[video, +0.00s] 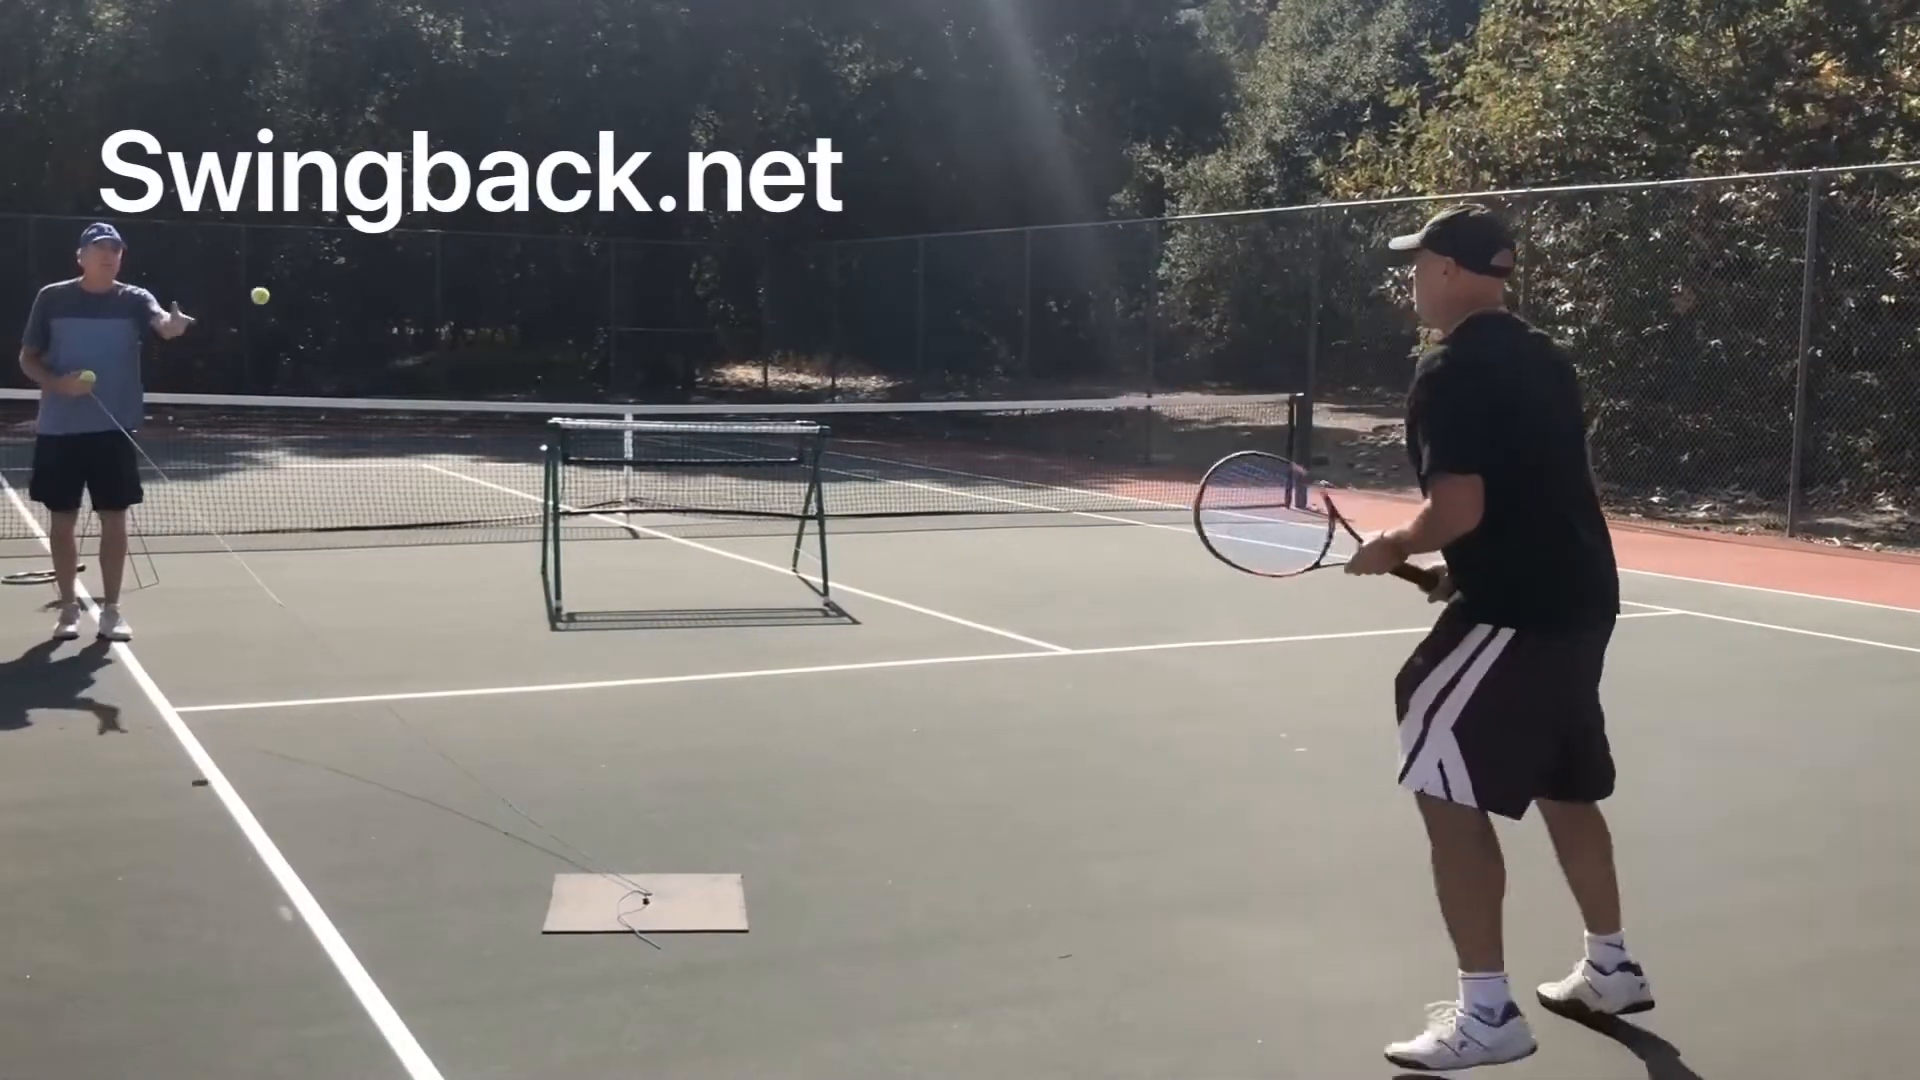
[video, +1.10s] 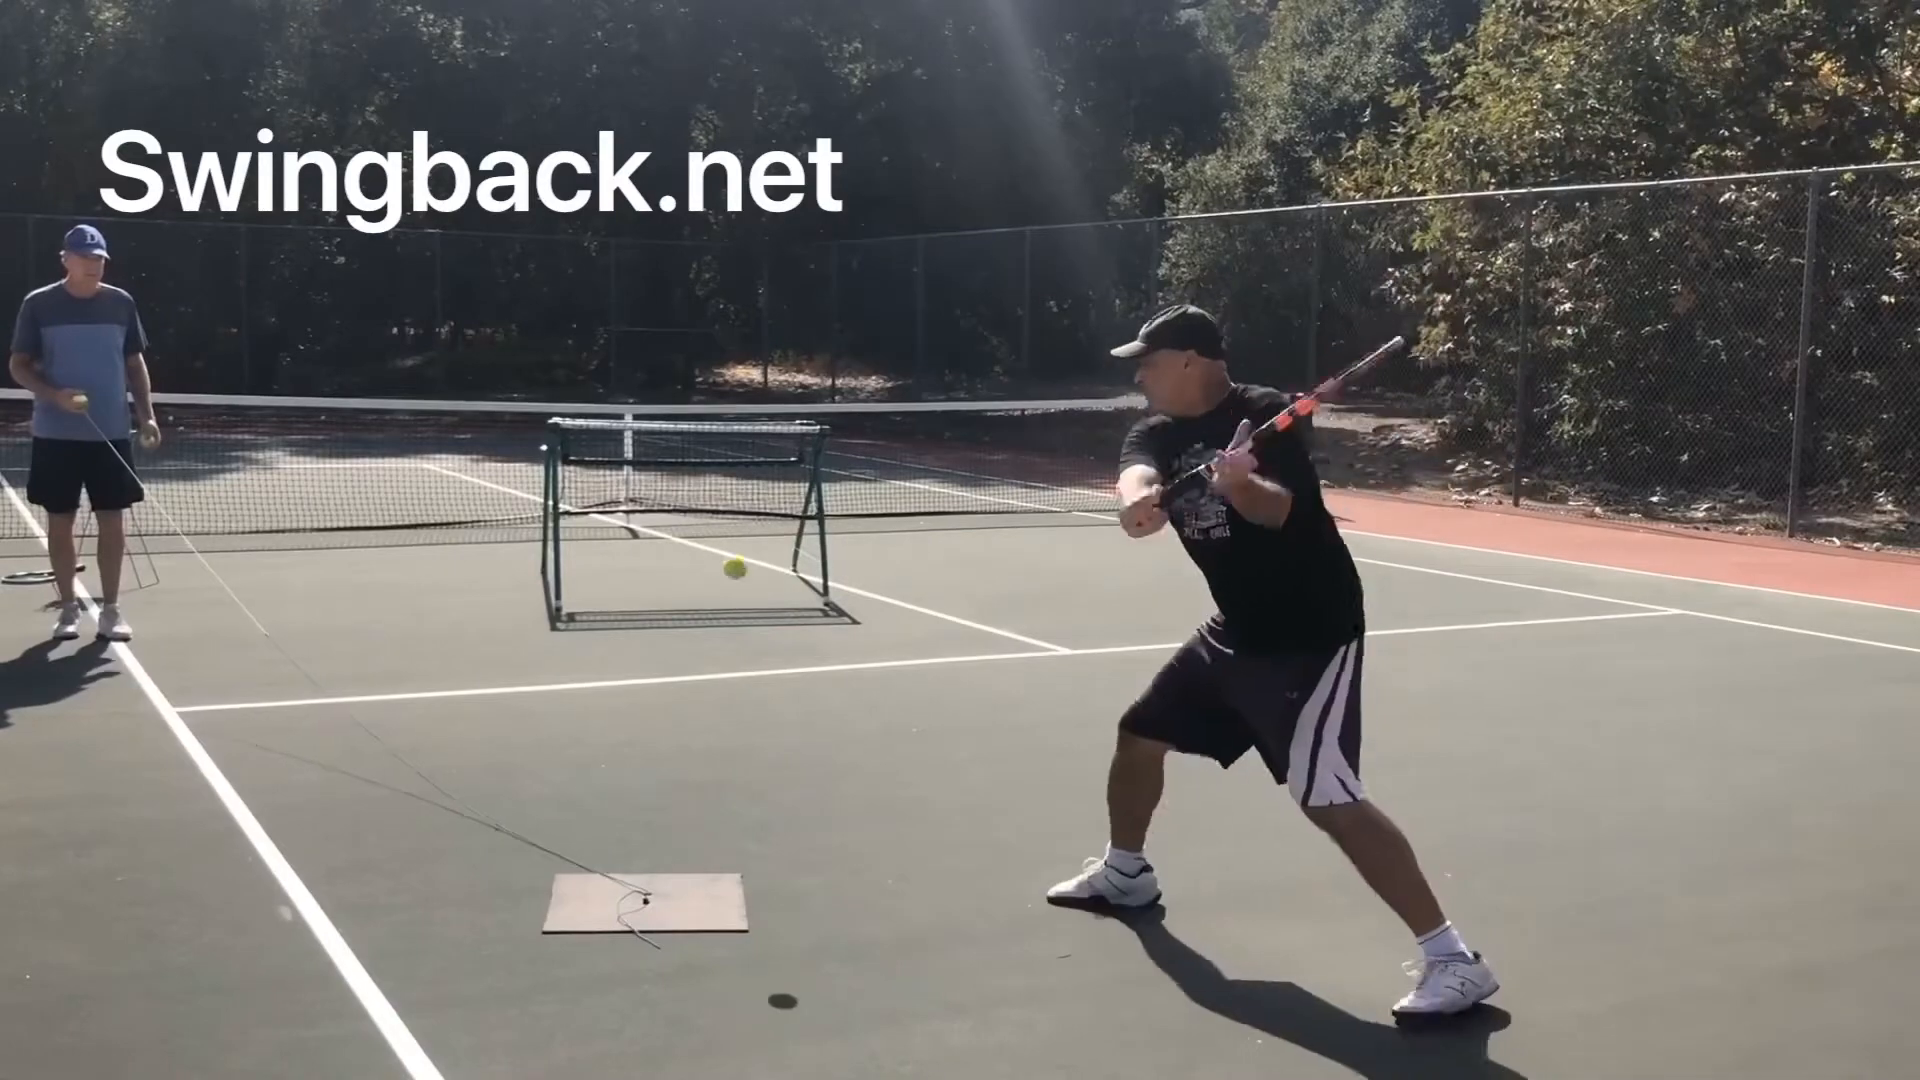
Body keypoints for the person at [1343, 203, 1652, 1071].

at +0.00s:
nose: (1411, 282)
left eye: (1420, 268)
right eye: (1415, 268)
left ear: (1455, 275)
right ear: (1491, 279)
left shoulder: (1456, 369)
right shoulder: (1543, 357)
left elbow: (1458, 508)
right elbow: (1552, 496)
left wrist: (1393, 541)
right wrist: (1453, 561)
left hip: (1514, 610)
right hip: (1581, 602)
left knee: (1442, 776)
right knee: (1562, 779)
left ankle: (1487, 1011)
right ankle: (1613, 967)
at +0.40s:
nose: (1412, 315)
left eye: (1425, 302)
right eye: (1417, 303)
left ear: (1467, 315)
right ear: (1470, 317)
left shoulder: (1506, 394)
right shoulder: (1474, 398)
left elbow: (1552, 526)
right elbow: (1458, 523)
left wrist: (1419, 528)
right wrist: (1393, 564)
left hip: (1553, 650)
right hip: (1544, 642)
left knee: (1516, 830)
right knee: (1548, 818)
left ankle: (1602, 1043)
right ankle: (1641, 989)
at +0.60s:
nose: (1369, 316)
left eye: (1380, 302)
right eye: (1371, 303)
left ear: (1430, 308)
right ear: (1416, 311)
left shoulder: (1505, 390)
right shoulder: (1384, 395)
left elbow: (1556, 505)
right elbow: (1340, 479)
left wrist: (1450, 474)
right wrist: (1337, 507)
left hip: (1513, 627)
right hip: (1457, 627)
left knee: (1438, 786)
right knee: (1487, 807)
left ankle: (1479, 976)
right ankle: (1613, 944)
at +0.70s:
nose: (1339, 322)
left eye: (1351, 309)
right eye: (1341, 309)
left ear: (1399, 314)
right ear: (1381, 316)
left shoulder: (1479, 391)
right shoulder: (1345, 397)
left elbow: (1535, 502)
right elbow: (1302, 492)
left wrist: (1448, 454)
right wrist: (1330, 490)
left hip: (1475, 632)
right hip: (1402, 627)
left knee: (1423, 798)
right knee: (1372, 786)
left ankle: (1475, 979)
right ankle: (1522, 885)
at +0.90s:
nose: (1248, 327)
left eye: (1258, 313)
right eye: (1249, 315)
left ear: (1303, 317)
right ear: (1288, 319)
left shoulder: (1376, 381)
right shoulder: (1260, 391)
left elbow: (1457, 452)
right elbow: (1232, 455)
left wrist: (1378, 386)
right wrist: (1267, 450)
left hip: (1402, 616)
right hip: (1321, 606)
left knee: (1399, 786)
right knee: (1247, 736)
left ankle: (1472, 973)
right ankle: (1245, 879)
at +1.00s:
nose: (1193, 348)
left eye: (1203, 334)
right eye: (1192, 336)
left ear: (1247, 335)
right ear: (1229, 339)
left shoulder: (1320, 394)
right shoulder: (1210, 406)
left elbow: (1370, 468)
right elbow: (1187, 454)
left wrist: (1321, 396)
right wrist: (1217, 457)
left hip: (1357, 625)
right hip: (1276, 616)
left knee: (1371, 789)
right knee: (1193, 739)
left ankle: (1467, 969)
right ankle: (1141, 870)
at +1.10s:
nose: (1141, 376)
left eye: (1151, 363)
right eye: (1142, 365)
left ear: (1197, 365)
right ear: (1178, 370)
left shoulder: (1269, 418)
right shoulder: (1157, 435)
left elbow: (1281, 510)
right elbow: (1136, 477)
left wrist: (1239, 486)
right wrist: (1138, 503)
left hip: (1316, 638)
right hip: (1237, 630)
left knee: (1330, 799)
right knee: (1142, 734)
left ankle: (1452, 958)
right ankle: (1124, 871)